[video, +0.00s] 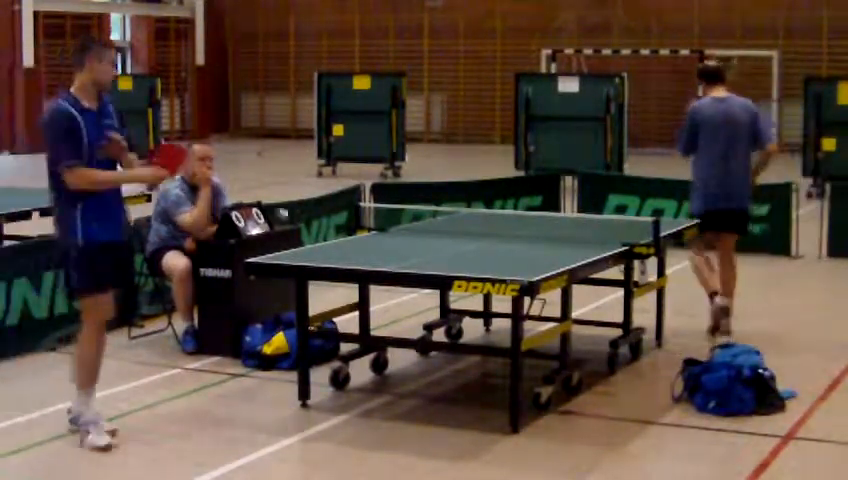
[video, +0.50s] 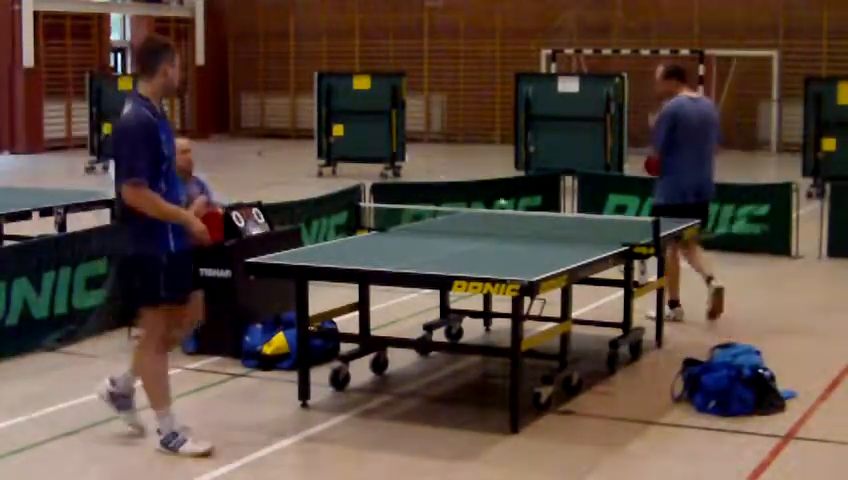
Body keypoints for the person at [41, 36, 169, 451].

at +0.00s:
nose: (114, 72)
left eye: (114, 64)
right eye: (109, 63)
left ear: (101, 66)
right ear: (87, 64)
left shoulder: (107, 108)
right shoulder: (61, 114)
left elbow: (130, 166)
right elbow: (71, 177)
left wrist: (123, 153)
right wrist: (134, 175)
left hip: (111, 228)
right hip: (82, 232)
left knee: (100, 317)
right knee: (95, 316)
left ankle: (84, 405)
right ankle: (84, 408)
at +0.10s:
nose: (126, 73)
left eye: (125, 66)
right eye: (121, 66)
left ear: (108, 68)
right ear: (100, 67)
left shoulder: (113, 110)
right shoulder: (75, 116)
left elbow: (129, 158)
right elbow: (89, 179)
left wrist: (156, 163)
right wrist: (149, 177)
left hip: (118, 232)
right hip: (95, 237)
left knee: (100, 318)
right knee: (114, 320)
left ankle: (82, 408)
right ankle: (122, 424)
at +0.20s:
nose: (141, 75)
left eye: (140, 67)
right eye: (136, 67)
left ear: (122, 70)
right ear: (116, 69)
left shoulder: (123, 118)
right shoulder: (91, 121)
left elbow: (126, 176)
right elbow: (102, 186)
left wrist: (161, 185)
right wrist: (159, 193)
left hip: (127, 239)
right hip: (109, 244)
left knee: (103, 324)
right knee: (129, 328)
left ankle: (81, 409)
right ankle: (156, 426)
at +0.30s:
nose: (152, 77)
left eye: (151, 70)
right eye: (148, 69)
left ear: (129, 72)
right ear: (131, 71)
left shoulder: (131, 118)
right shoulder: (107, 123)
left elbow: (136, 182)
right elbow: (110, 192)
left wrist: (170, 209)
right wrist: (166, 206)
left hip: (137, 241)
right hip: (125, 246)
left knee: (118, 324)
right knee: (145, 330)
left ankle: (83, 407)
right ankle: (168, 430)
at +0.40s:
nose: (165, 74)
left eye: (164, 67)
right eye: (161, 67)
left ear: (139, 68)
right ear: (147, 69)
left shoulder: (145, 114)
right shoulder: (121, 120)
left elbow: (151, 178)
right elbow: (120, 192)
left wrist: (180, 209)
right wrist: (174, 214)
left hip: (156, 238)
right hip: (139, 242)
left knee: (149, 330)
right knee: (151, 332)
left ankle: (98, 394)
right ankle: (168, 428)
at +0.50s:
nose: (179, 76)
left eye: (177, 68)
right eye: (175, 69)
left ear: (152, 70)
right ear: (162, 70)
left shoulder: (154, 115)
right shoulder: (135, 119)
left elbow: (160, 180)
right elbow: (132, 191)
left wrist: (189, 202)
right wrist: (184, 217)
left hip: (170, 240)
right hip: (147, 245)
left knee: (189, 313)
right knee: (153, 331)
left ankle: (123, 384)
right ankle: (168, 430)